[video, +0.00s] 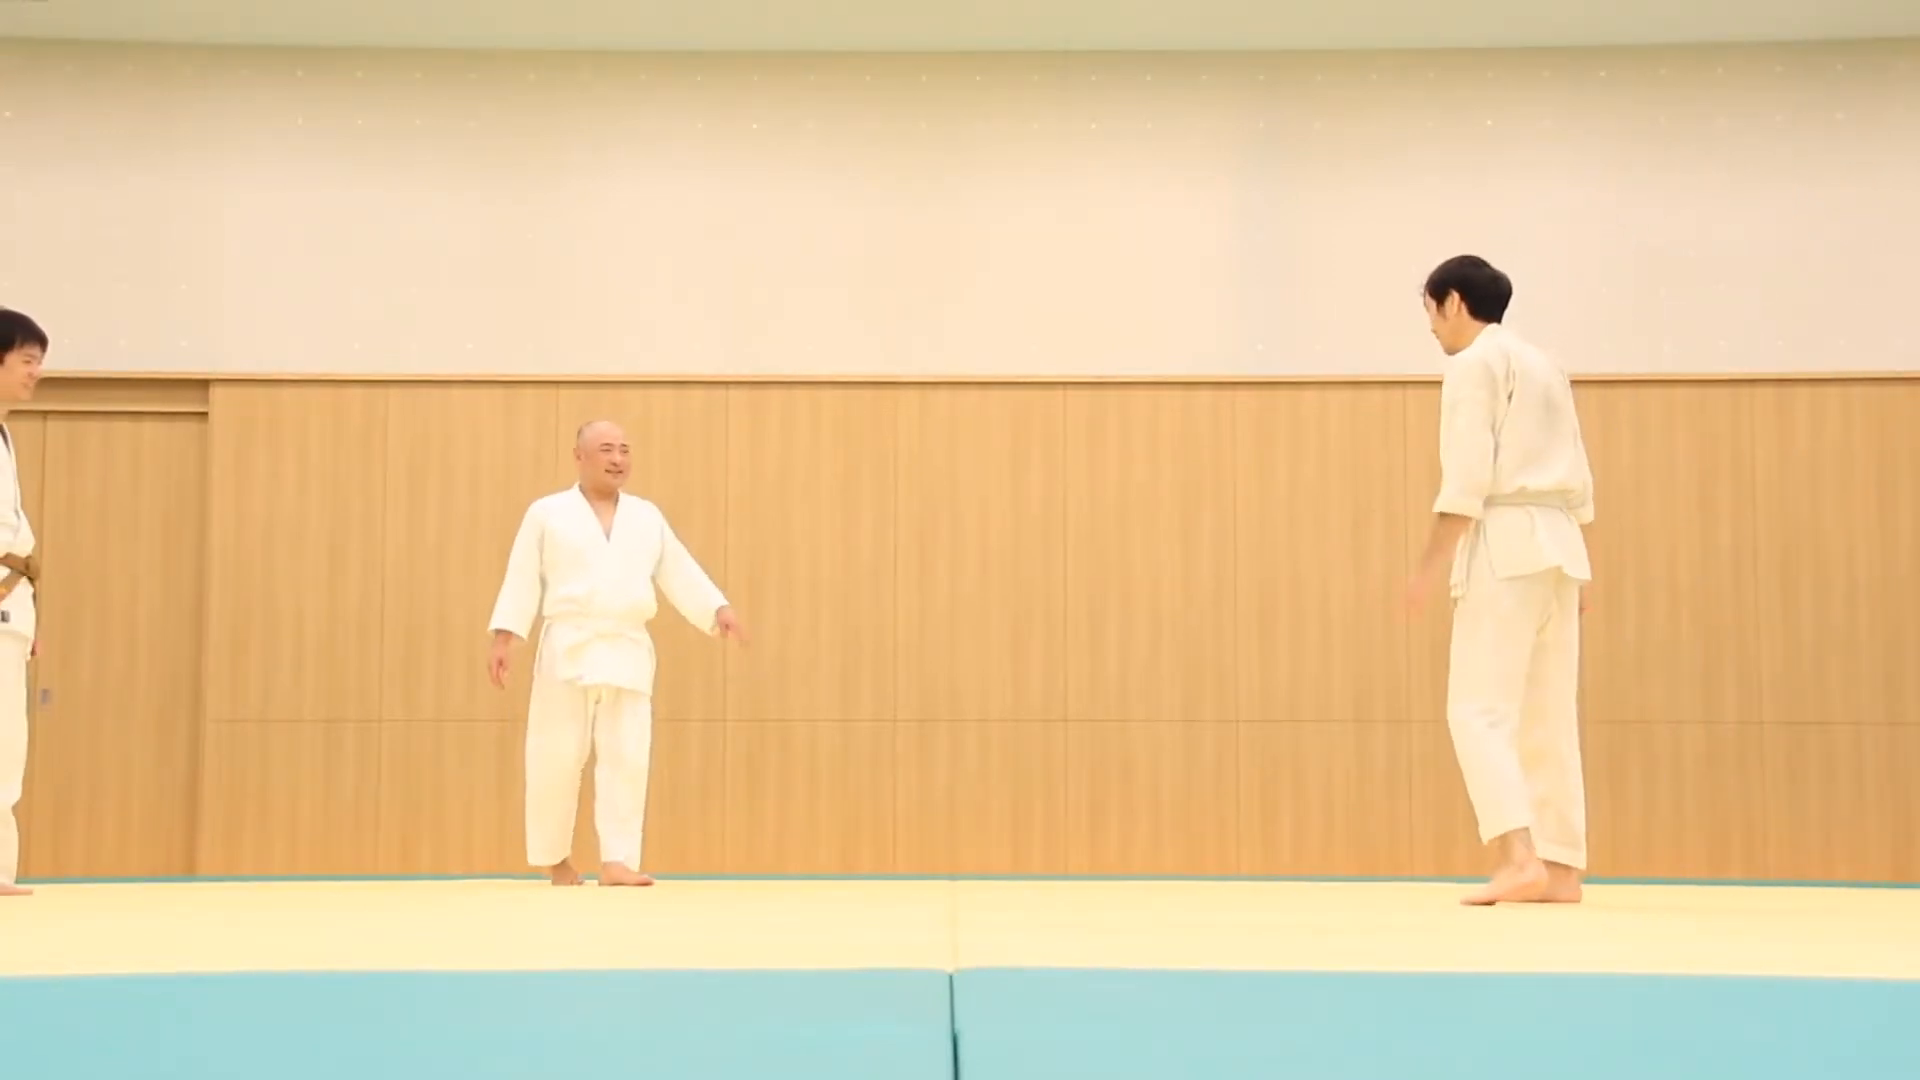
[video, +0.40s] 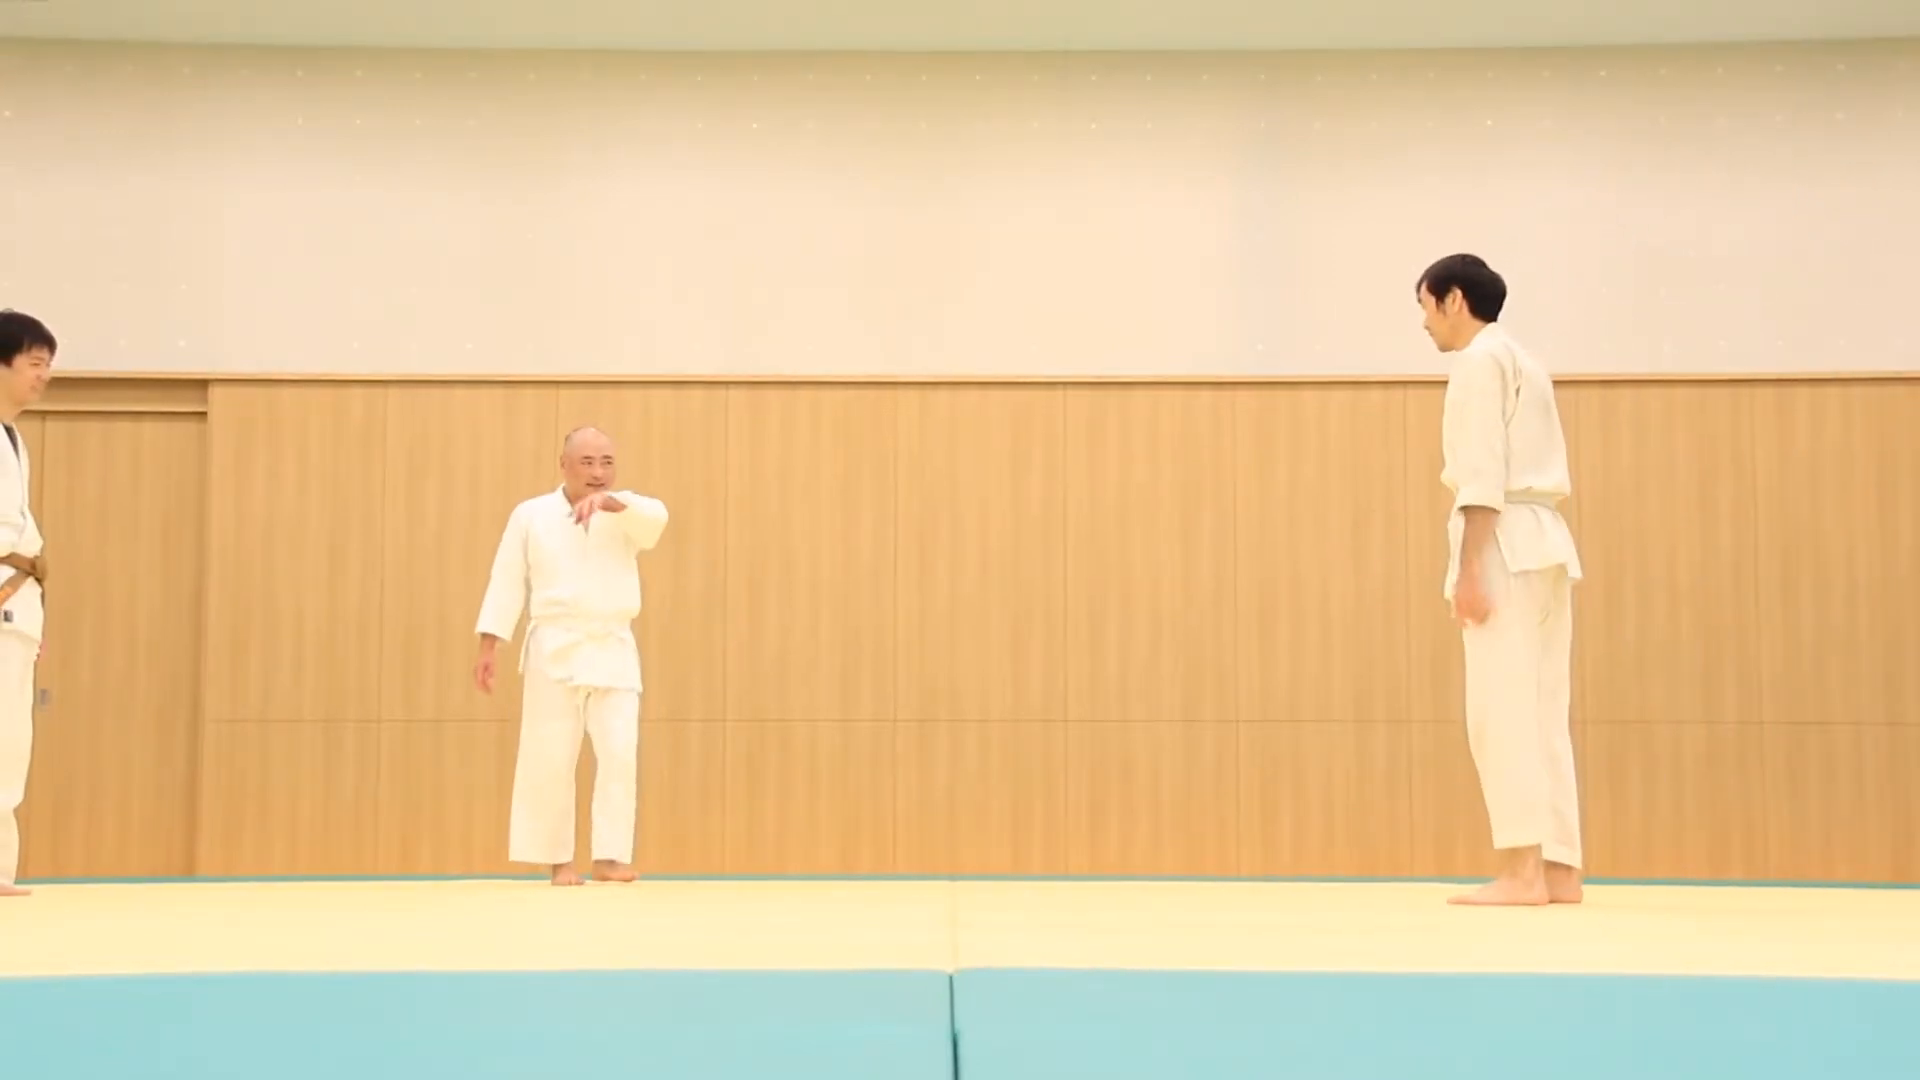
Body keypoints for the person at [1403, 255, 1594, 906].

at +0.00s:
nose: (1430, 325)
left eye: (1432, 310)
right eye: (1428, 312)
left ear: (1455, 303)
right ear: (1489, 304)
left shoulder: (1472, 363)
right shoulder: (1544, 363)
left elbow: (1467, 478)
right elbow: (1573, 475)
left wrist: (1429, 565)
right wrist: (1580, 565)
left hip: (1505, 547)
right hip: (1559, 547)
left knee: (1476, 707)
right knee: (1550, 710)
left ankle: (1517, 858)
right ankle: (1562, 872)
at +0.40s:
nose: (1424, 323)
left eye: (1426, 308)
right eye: (1422, 309)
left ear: (1455, 301)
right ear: (1475, 302)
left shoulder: (1477, 361)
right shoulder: (1520, 360)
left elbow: (1482, 471)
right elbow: (1537, 469)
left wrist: (1470, 567)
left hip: (1503, 544)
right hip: (1542, 540)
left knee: (1498, 708)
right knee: (1544, 706)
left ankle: (1519, 871)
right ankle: (1561, 871)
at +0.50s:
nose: (1420, 319)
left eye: (1423, 303)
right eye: (1418, 305)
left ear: (1456, 298)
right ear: (1466, 299)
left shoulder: (1485, 359)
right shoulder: (1508, 357)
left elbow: (1472, 470)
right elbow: (1493, 471)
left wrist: (1431, 555)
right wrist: (1449, 554)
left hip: (1504, 544)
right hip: (1535, 541)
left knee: (1502, 706)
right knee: (1536, 705)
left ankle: (1522, 872)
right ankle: (1558, 871)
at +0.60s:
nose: (1420, 318)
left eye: (1423, 303)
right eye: (1417, 305)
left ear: (1456, 298)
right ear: (1465, 298)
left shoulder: (1489, 359)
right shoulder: (1501, 358)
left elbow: (1465, 469)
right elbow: (1479, 477)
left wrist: (1388, 518)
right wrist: (1409, 525)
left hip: (1506, 548)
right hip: (1528, 546)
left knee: (1499, 708)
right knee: (1530, 707)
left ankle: (1522, 875)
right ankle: (1556, 871)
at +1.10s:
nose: (1391, 327)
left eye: (1395, 312)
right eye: (1388, 314)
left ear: (1430, 306)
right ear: (1435, 307)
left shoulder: (1473, 362)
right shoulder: (1480, 358)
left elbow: (1520, 465)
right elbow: (1531, 464)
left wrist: (1466, 535)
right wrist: (1480, 533)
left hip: (1525, 552)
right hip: (1531, 549)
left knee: (1511, 713)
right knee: (1539, 709)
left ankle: (1529, 873)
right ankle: (1558, 867)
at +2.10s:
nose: (1475, 333)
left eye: (1479, 319)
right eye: (1473, 321)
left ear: (1512, 316)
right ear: (1517, 316)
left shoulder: (1548, 372)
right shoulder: (1543, 373)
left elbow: (1583, 474)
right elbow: (1583, 474)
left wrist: (1550, 554)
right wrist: (1553, 554)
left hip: (1601, 561)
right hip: (1595, 561)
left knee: (1594, 714)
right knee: (1592, 714)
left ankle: (1631, 874)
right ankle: (1625, 872)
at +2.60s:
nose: (1452, 385)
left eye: (1456, 371)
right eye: (1453, 372)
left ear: (1486, 373)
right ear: (1493, 374)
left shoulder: (1531, 430)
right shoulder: (1524, 429)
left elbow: (1567, 523)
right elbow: (1564, 527)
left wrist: (1531, 589)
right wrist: (1536, 594)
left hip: (1594, 608)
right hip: (1579, 609)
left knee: (1520, 750)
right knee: (1520, 748)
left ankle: (1619, 873)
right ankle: (1610, 872)